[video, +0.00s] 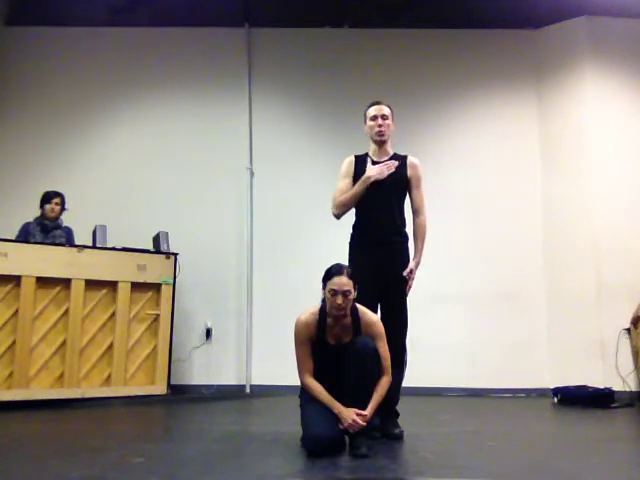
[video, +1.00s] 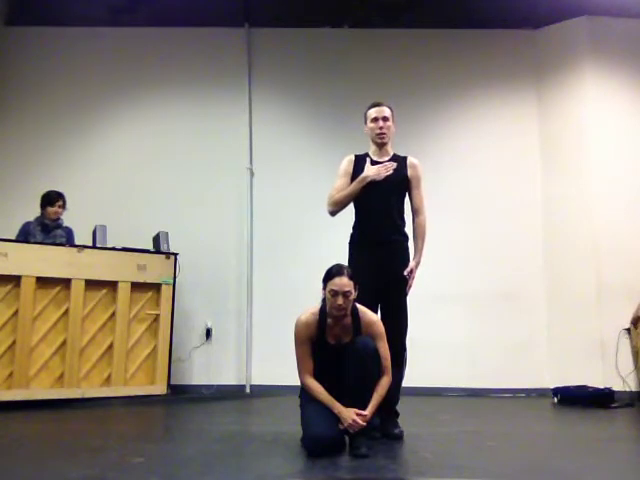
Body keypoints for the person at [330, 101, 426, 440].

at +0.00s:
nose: (380, 122)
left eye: (385, 118)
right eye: (374, 118)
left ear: (393, 125)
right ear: (365, 126)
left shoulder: (409, 166)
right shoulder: (353, 164)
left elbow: (419, 215)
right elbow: (337, 208)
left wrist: (416, 260)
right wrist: (368, 178)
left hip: (394, 257)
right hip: (362, 256)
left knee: (395, 337)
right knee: (359, 336)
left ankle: (388, 415)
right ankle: (359, 416)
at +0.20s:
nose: (380, 123)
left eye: (385, 118)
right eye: (374, 118)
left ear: (393, 125)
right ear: (365, 127)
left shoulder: (410, 166)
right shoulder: (353, 164)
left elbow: (419, 215)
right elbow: (328, 206)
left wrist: (417, 260)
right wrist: (363, 180)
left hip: (396, 258)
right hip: (362, 258)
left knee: (395, 338)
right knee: (359, 336)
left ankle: (388, 415)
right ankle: (359, 416)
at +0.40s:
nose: (380, 123)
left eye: (385, 118)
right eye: (374, 119)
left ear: (393, 125)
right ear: (365, 127)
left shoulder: (410, 166)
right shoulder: (353, 164)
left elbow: (419, 215)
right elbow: (331, 206)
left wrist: (417, 259)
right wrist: (364, 180)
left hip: (395, 257)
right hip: (362, 256)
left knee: (395, 337)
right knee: (359, 336)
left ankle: (388, 415)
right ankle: (359, 416)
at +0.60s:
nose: (380, 124)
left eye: (385, 119)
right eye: (374, 119)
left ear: (393, 125)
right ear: (365, 127)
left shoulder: (409, 166)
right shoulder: (352, 164)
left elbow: (419, 214)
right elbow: (337, 206)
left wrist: (417, 259)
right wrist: (367, 177)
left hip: (394, 256)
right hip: (362, 256)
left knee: (395, 337)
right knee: (359, 336)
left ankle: (388, 415)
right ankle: (359, 416)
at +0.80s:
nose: (381, 124)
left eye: (385, 119)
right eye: (375, 119)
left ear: (393, 125)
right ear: (365, 127)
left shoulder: (409, 166)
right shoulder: (353, 164)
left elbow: (419, 215)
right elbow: (333, 205)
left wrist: (416, 259)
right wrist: (366, 177)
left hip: (394, 258)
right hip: (362, 257)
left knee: (395, 337)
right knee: (358, 336)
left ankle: (388, 415)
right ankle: (358, 416)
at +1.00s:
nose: (381, 124)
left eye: (386, 119)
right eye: (375, 120)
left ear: (394, 125)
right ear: (366, 127)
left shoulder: (409, 166)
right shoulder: (353, 163)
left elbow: (419, 215)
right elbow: (332, 205)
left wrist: (416, 259)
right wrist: (365, 177)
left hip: (394, 257)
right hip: (362, 257)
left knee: (395, 337)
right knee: (358, 336)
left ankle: (388, 415)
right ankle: (359, 416)